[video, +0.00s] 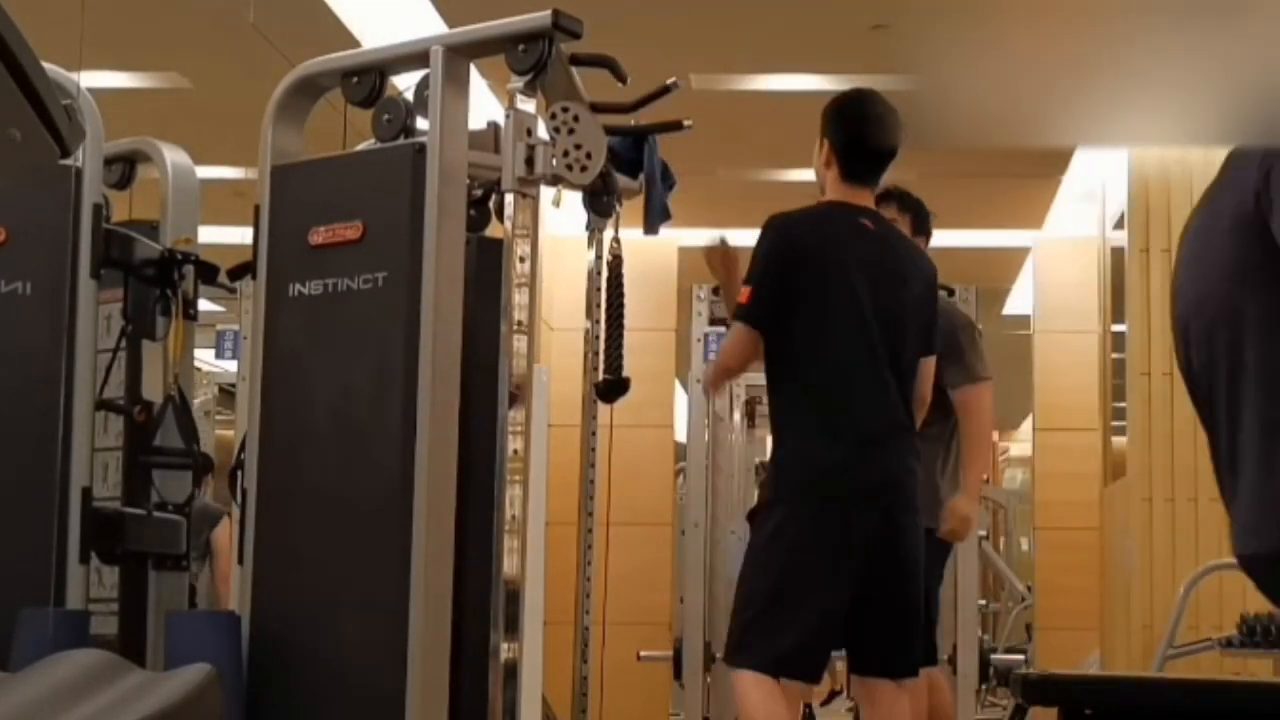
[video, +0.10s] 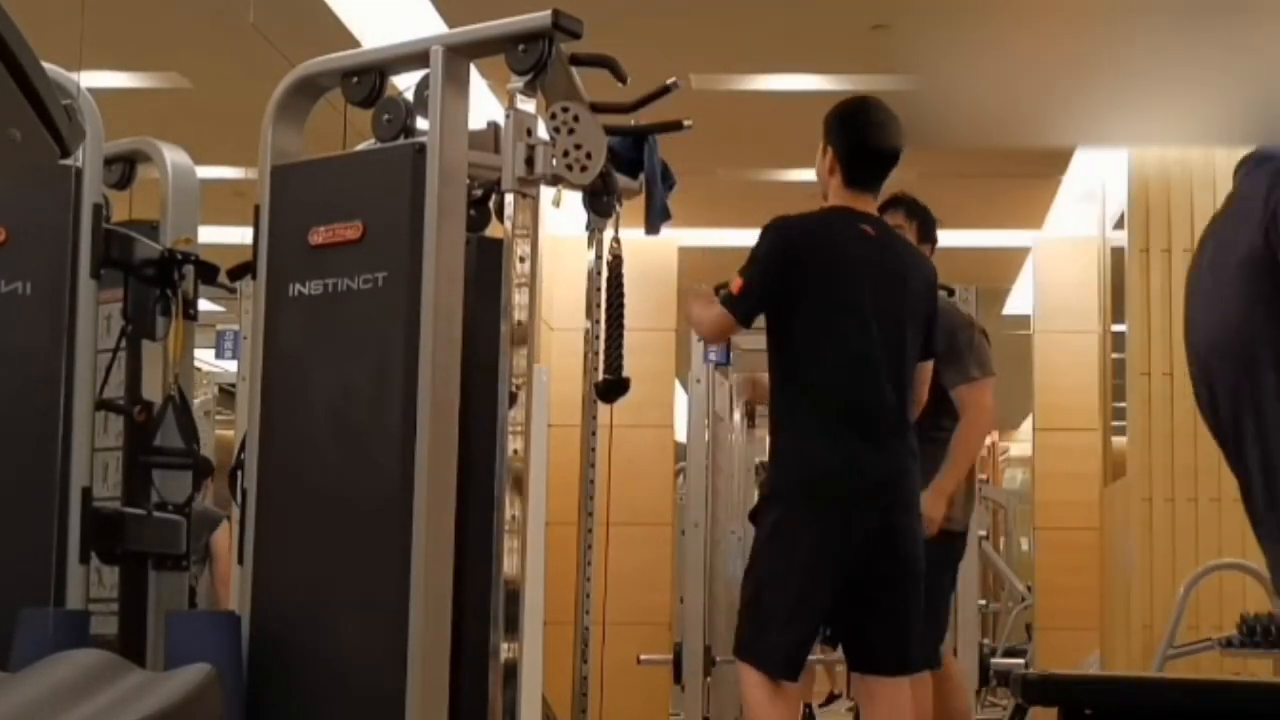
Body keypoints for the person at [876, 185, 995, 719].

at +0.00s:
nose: (881, 241)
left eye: (894, 231)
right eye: (876, 229)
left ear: (921, 242)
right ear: (867, 236)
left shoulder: (945, 321)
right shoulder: (853, 317)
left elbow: (976, 408)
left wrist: (970, 492)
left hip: (924, 506)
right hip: (869, 502)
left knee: (913, 648)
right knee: (900, 648)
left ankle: (938, 711)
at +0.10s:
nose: (889, 247)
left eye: (901, 237)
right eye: (882, 236)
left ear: (926, 247)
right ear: (872, 244)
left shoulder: (946, 321)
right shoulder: (862, 320)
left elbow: (980, 413)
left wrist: (938, 493)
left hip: (931, 512)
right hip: (882, 507)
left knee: (917, 650)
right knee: (928, 649)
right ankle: (958, 713)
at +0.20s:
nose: (890, 252)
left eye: (901, 241)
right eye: (883, 242)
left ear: (927, 250)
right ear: (874, 250)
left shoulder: (949, 320)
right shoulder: (872, 323)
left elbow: (982, 412)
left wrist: (930, 484)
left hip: (949, 511)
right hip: (907, 507)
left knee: (918, 643)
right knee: (947, 643)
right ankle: (966, 713)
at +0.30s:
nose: (887, 250)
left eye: (898, 241)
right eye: (879, 242)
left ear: (924, 255)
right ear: (869, 251)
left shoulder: (949, 314)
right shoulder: (873, 317)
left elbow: (988, 406)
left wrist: (941, 488)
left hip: (957, 503)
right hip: (915, 501)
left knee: (937, 646)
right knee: (953, 647)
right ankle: (972, 719)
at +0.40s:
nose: (881, 246)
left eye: (896, 238)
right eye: (875, 238)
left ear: (923, 254)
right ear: (866, 250)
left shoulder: (956, 314)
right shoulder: (878, 327)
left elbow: (1001, 399)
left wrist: (971, 489)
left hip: (960, 506)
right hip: (903, 508)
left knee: (954, 642)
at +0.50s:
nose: (887, 250)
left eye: (901, 239)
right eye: (881, 240)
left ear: (930, 255)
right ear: (874, 253)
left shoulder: (960, 313)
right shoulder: (886, 338)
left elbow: (1008, 396)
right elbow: (894, 434)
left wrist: (1001, 493)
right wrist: (893, 510)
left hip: (969, 509)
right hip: (918, 516)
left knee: (976, 642)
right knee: (945, 647)